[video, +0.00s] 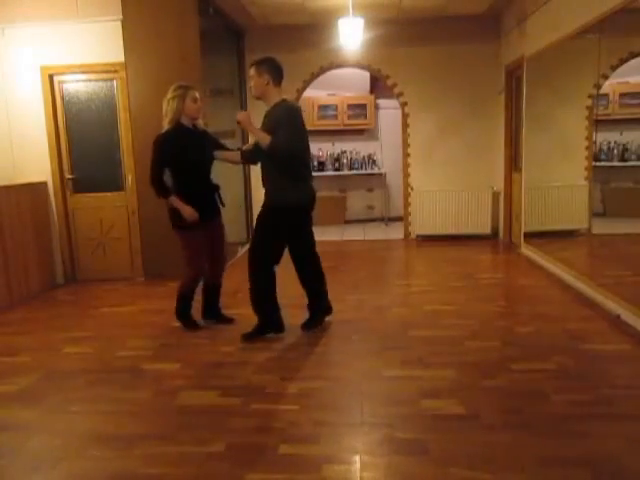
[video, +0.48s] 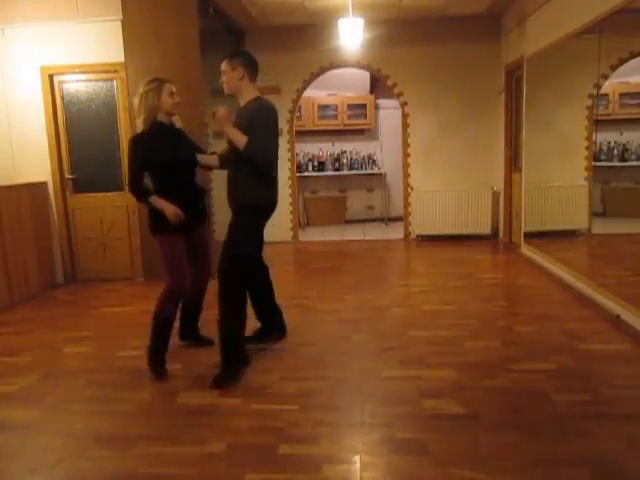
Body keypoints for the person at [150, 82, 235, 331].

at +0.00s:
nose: (199, 105)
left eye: (199, 100)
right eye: (193, 100)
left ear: (197, 105)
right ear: (178, 104)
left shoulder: (201, 135)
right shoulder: (165, 140)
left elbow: (227, 152)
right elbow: (156, 180)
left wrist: (252, 147)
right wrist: (180, 206)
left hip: (209, 201)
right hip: (185, 205)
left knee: (216, 260)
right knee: (196, 264)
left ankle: (211, 309)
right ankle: (183, 311)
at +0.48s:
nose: (177, 99)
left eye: (176, 94)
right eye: (171, 95)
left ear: (167, 99)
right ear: (154, 100)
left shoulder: (179, 134)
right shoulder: (141, 141)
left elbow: (196, 163)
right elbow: (136, 186)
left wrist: (208, 170)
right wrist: (163, 205)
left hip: (194, 212)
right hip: (167, 218)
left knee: (201, 273)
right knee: (178, 282)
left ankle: (189, 330)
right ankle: (157, 353)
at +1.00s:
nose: (136, 93)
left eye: (134, 88)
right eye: (130, 89)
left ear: (119, 95)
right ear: (112, 95)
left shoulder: (128, 133)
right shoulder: (114, 136)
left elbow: (168, 159)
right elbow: (122, 190)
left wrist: (205, 130)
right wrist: (147, 224)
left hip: (130, 224)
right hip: (119, 227)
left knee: (147, 297)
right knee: (134, 301)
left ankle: (100, 361)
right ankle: (145, 378)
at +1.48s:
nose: (124, 88)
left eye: (123, 83)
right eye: (118, 83)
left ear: (105, 87)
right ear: (98, 88)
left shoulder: (116, 125)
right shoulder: (87, 129)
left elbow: (132, 167)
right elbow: (75, 182)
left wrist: (167, 170)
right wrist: (120, 205)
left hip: (126, 221)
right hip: (108, 225)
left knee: (142, 294)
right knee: (141, 297)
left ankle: (101, 357)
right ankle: (128, 372)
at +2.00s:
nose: (111, 89)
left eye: (110, 83)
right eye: (105, 84)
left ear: (85, 92)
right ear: (86, 90)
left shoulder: (96, 129)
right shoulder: (88, 133)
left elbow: (107, 177)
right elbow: (98, 186)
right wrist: (134, 175)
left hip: (99, 228)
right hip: (99, 231)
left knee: (104, 303)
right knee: (139, 298)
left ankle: (91, 377)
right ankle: (105, 372)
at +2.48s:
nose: (160, 90)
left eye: (158, 84)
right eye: (154, 84)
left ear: (138, 88)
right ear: (135, 88)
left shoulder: (151, 126)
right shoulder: (124, 133)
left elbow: (163, 164)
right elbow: (115, 188)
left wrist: (193, 152)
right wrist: (150, 180)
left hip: (157, 223)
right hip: (144, 227)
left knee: (138, 298)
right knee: (168, 303)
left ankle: (100, 360)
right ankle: (200, 375)